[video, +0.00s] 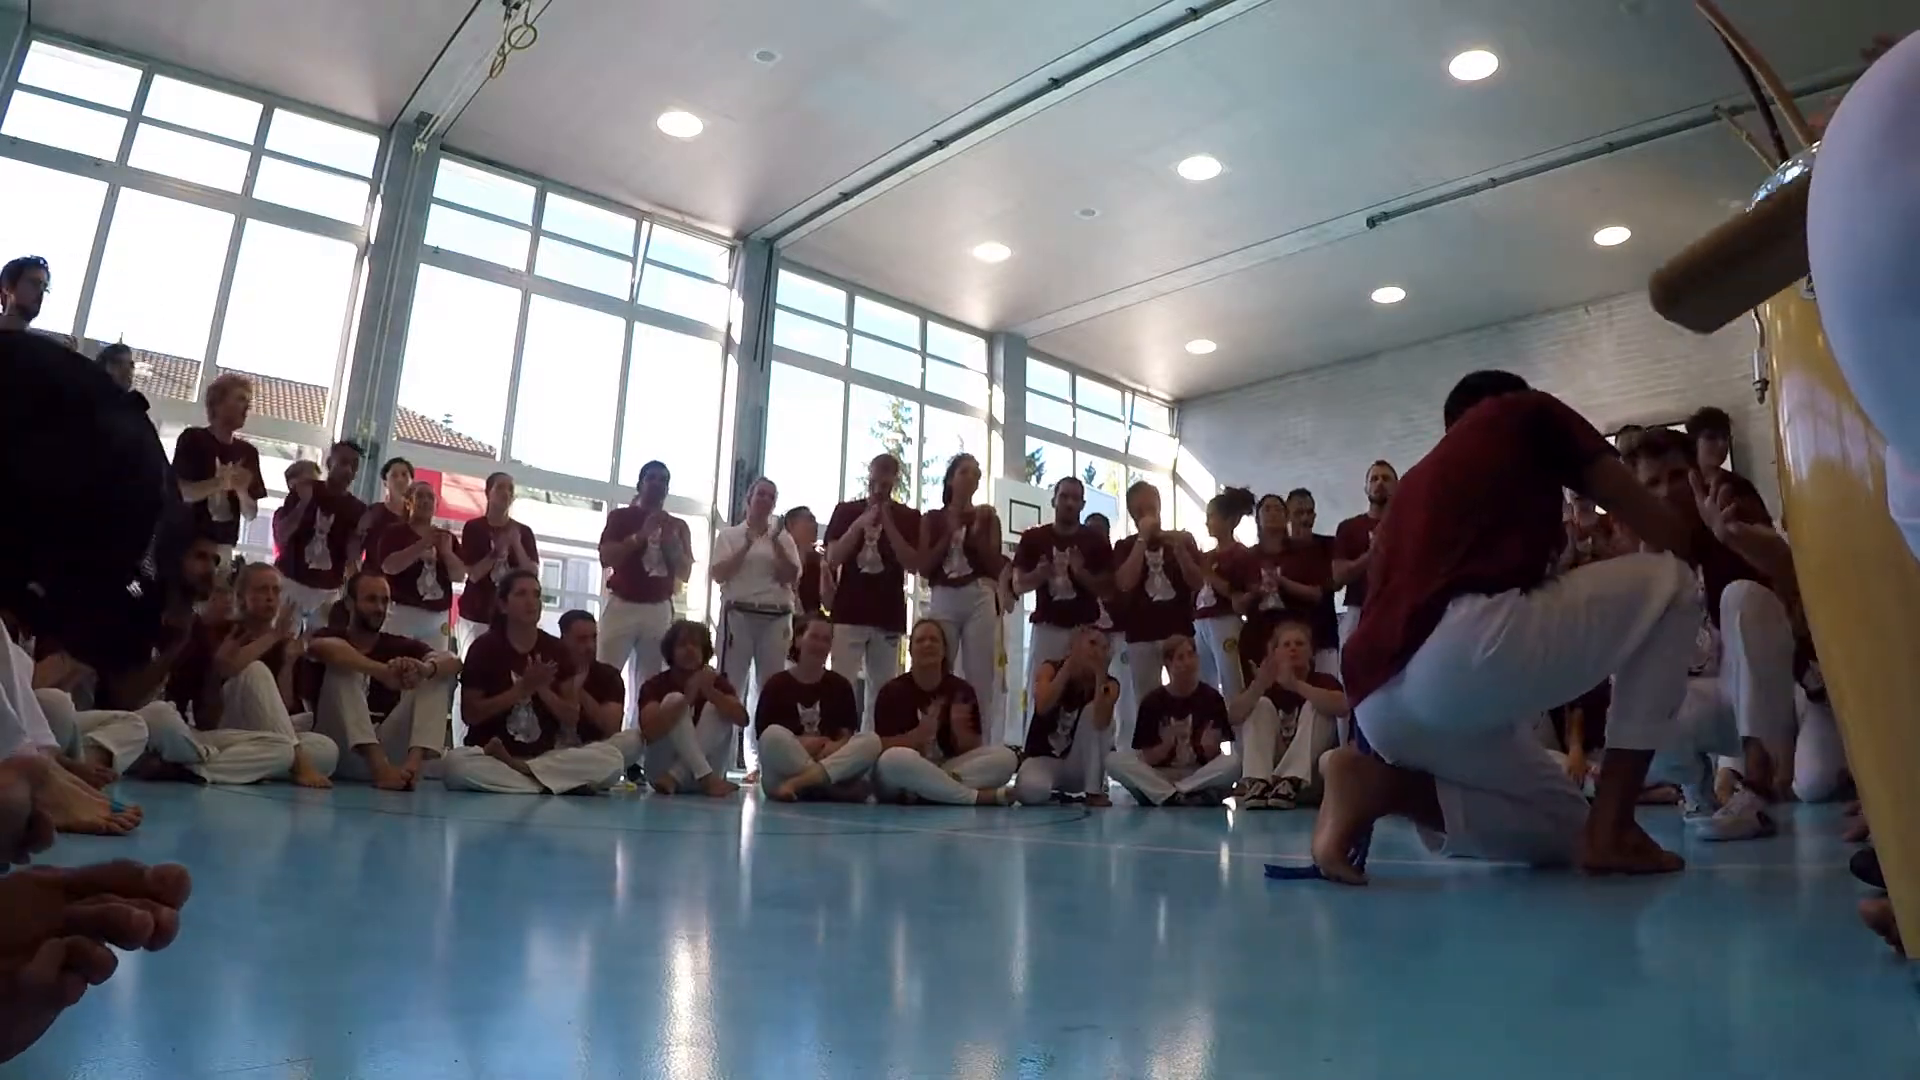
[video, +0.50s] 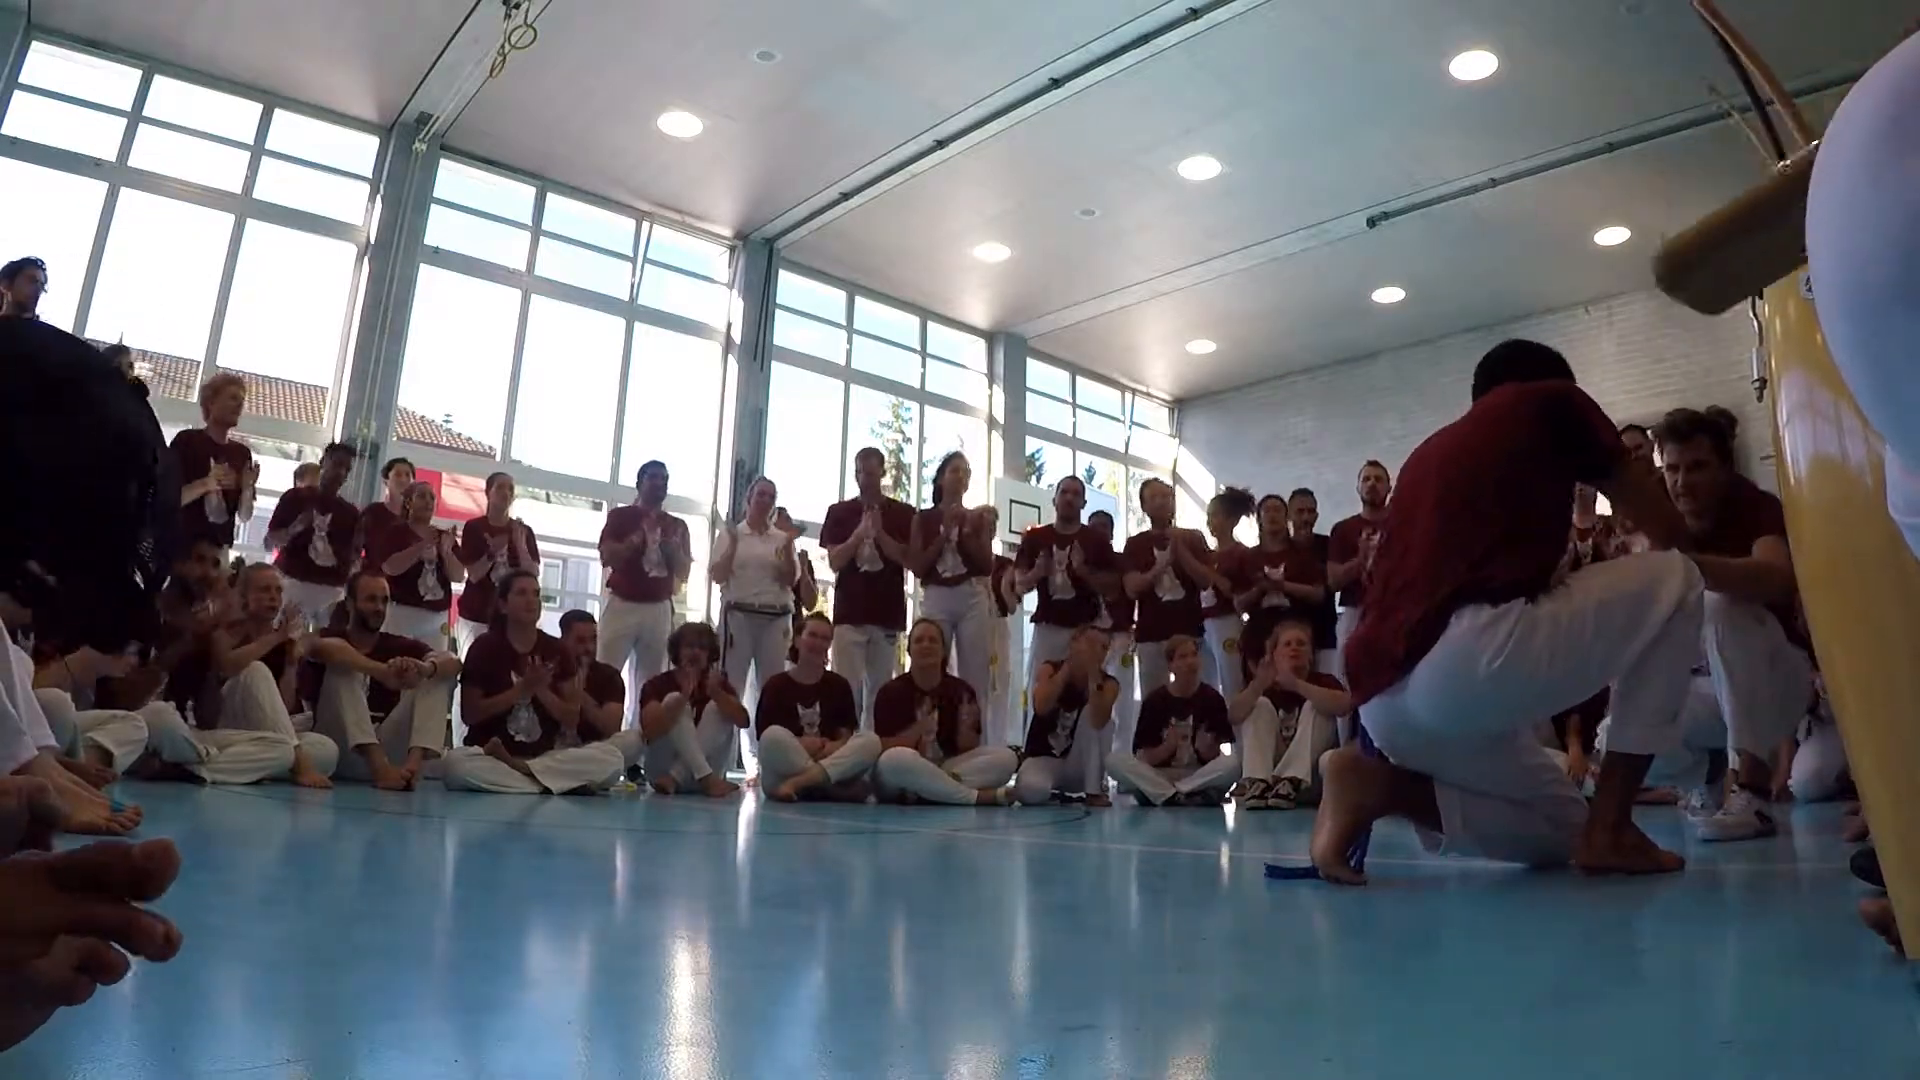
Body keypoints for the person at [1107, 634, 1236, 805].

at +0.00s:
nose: (1187, 662)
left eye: (1191, 655)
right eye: (1180, 657)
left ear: (1198, 659)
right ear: (1168, 664)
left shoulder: (1212, 697)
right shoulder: (1152, 700)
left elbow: (1214, 755)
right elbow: (1147, 758)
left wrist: (1208, 748)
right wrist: (1167, 745)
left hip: (1199, 772)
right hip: (1160, 773)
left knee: (1232, 762)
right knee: (1114, 759)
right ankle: (1172, 795)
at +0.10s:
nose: (1190, 662)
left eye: (1193, 655)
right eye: (1182, 657)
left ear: (1198, 658)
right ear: (1169, 664)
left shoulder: (1212, 697)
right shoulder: (1153, 700)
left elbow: (1215, 755)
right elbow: (1146, 757)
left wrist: (1204, 745)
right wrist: (1172, 746)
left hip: (1200, 772)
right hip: (1161, 773)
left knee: (1233, 763)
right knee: (1113, 759)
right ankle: (1171, 796)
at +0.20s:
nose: (1190, 661)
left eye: (1193, 655)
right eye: (1182, 656)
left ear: (1198, 658)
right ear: (1169, 665)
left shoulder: (1212, 697)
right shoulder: (1153, 700)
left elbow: (1214, 754)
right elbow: (1145, 756)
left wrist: (1194, 741)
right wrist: (1178, 746)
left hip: (1200, 771)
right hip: (1161, 773)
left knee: (1232, 763)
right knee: (1113, 760)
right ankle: (1172, 796)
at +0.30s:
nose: (1190, 661)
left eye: (1194, 655)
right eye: (1182, 656)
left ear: (1199, 658)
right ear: (1169, 665)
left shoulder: (1212, 698)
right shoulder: (1154, 700)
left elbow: (1214, 754)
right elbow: (1145, 756)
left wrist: (1194, 740)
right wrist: (1178, 746)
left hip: (1201, 772)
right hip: (1161, 773)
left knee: (1232, 763)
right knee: (1114, 761)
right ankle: (1172, 796)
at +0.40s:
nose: (1191, 662)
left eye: (1194, 655)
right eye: (1183, 656)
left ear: (1199, 658)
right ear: (1171, 665)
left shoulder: (1213, 698)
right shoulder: (1154, 700)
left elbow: (1217, 755)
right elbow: (1143, 757)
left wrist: (1206, 750)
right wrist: (1168, 746)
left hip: (1199, 772)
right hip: (1160, 773)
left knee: (1232, 763)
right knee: (1114, 760)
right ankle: (1172, 796)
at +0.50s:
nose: (1191, 661)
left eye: (1194, 655)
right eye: (1183, 657)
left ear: (1200, 659)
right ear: (1170, 665)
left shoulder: (1212, 698)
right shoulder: (1154, 700)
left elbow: (1217, 756)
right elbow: (1143, 757)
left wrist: (1207, 749)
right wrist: (1168, 747)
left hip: (1200, 771)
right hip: (1161, 773)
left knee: (1232, 763)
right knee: (1114, 760)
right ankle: (1172, 796)